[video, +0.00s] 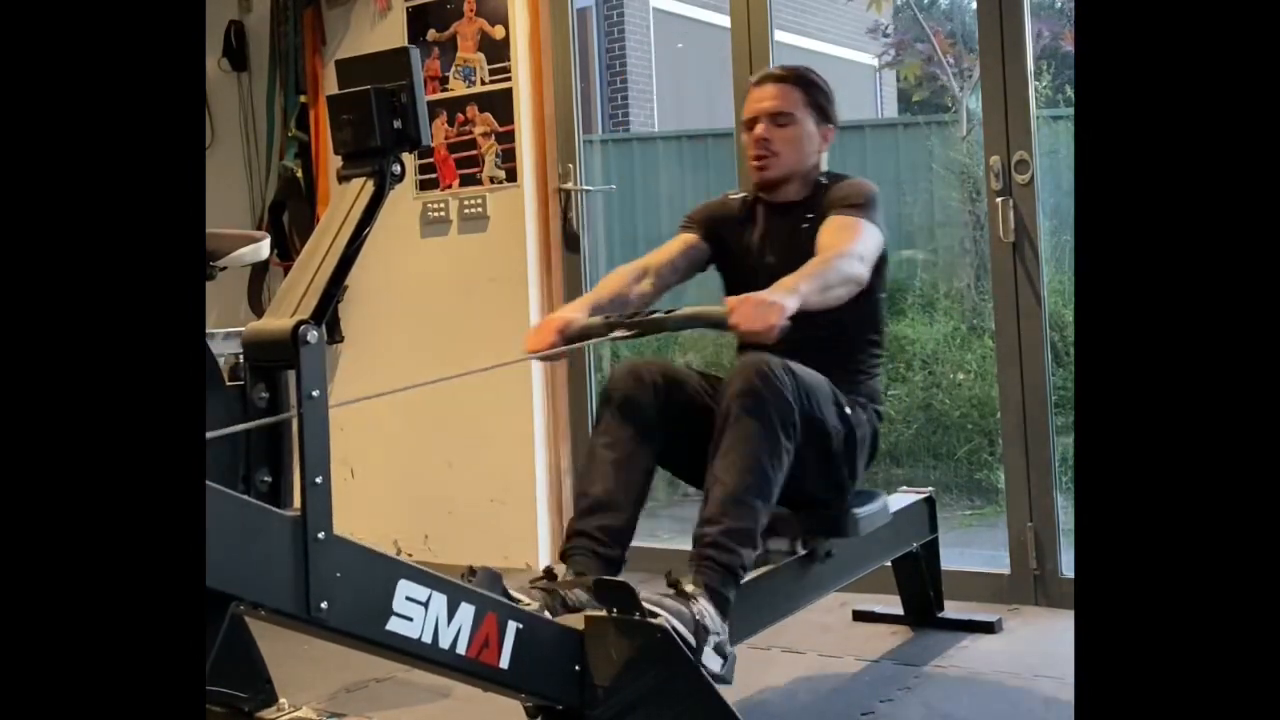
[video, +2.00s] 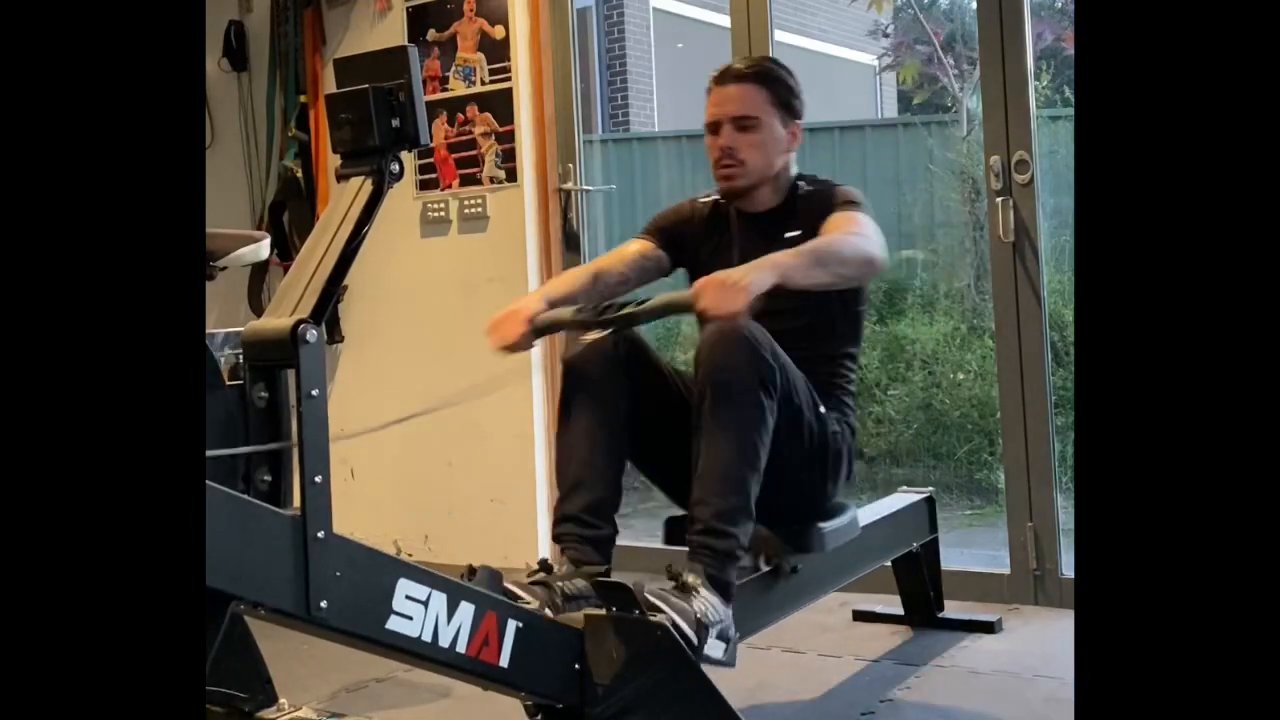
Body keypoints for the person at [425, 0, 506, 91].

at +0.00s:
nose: (471, 7)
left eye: (473, 4)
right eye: (468, 4)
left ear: (476, 7)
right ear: (463, 8)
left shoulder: (480, 22)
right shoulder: (457, 25)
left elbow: (493, 34)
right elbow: (445, 36)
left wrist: (498, 32)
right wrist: (435, 36)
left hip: (474, 60)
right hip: (460, 59)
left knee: (474, 89)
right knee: (458, 89)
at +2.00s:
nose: (471, 9)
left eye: (473, 7)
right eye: (468, 8)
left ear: (475, 8)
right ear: (463, 8)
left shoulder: (480, 22)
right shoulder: (458, 25)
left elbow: (493, 34)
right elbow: (445, 36)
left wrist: (498, 32)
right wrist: (435, 36)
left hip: (474, 60)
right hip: (460, 59)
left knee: (474, 89)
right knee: (458, 89)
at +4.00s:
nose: (471, 7)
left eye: (473, 4)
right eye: (468, 4)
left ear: (476, 7)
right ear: (463, 7)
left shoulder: (480, 22)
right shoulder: (457, 24)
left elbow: (493, 34)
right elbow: (445, 36)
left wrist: (498, 32)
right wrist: (435, 36)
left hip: (474, 60)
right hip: (460, 59)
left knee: (474, 89)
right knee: (458, 89)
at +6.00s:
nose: (471, 7)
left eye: (473, 4)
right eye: (468, 4)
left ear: (476, 7)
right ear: (463, 8)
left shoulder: (480, 22)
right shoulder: (457, 25)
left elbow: (494, 34)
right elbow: (444, 36)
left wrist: (498, 32)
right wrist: (435, 36)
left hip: (474, 60)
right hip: (460, 59)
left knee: (474, 89)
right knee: (459, 89)